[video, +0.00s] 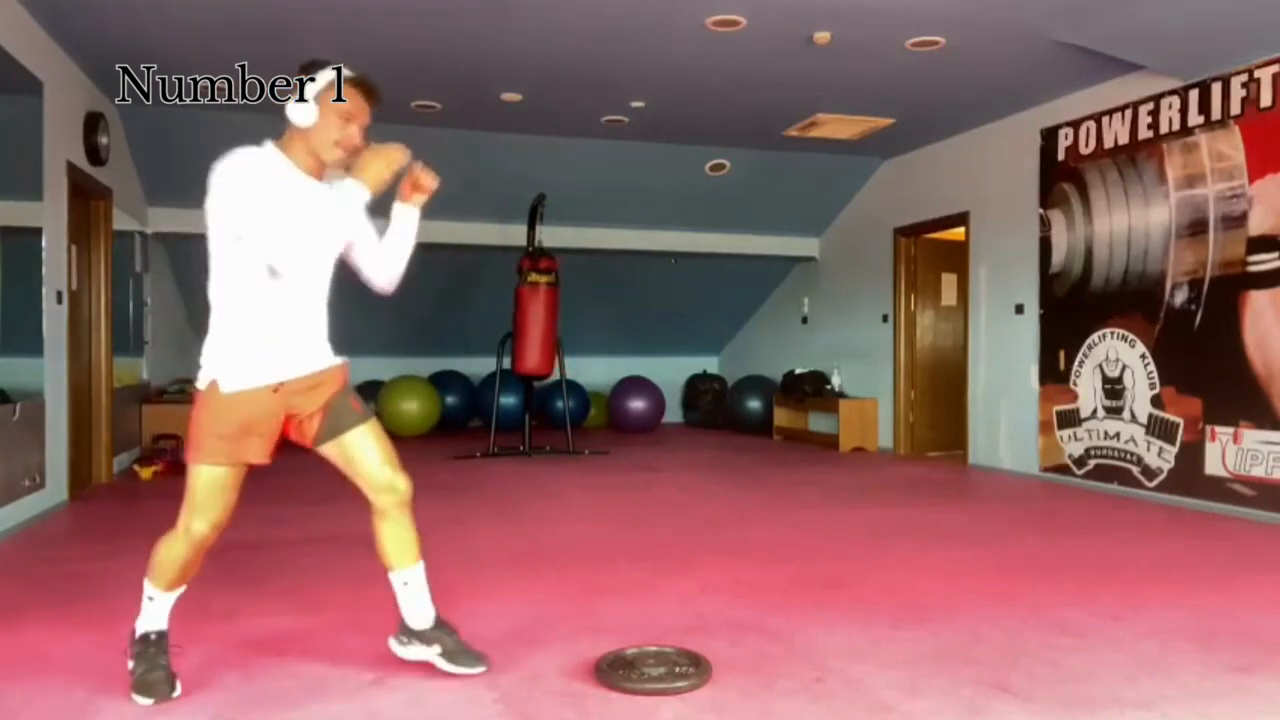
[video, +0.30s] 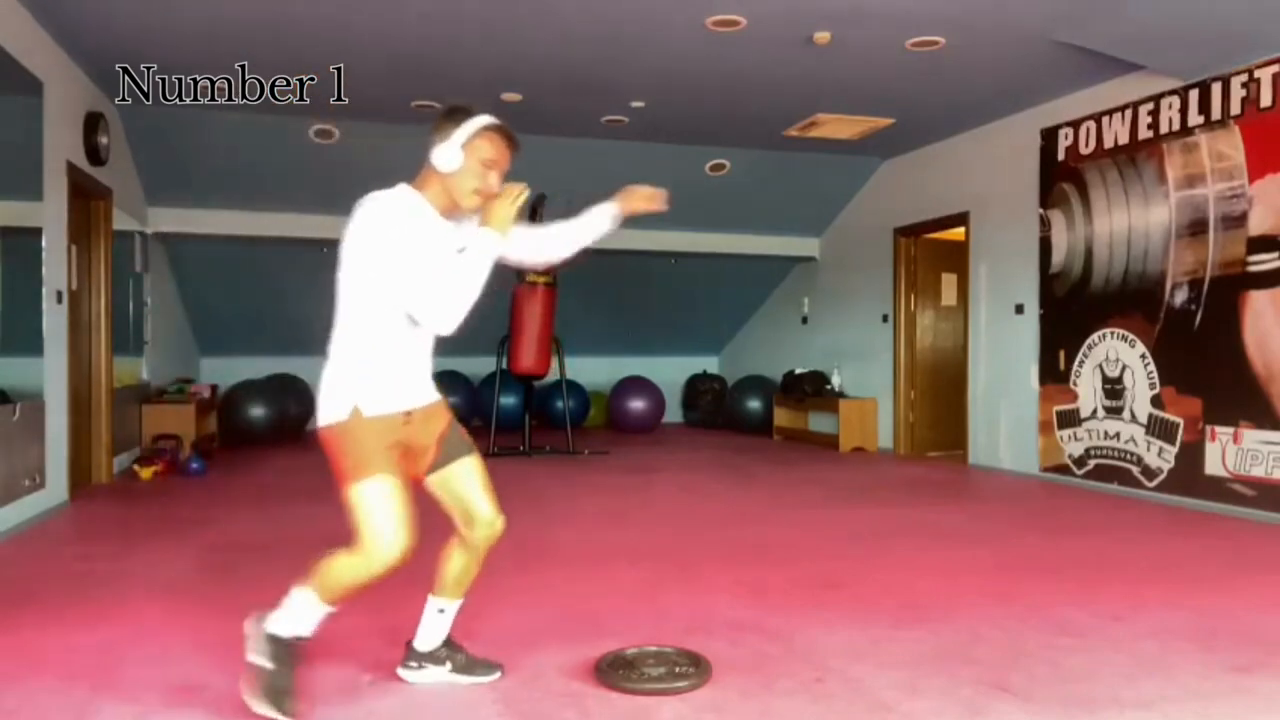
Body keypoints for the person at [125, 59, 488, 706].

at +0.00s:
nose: (357, 141)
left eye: (363, 129)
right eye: (348, 124)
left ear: (359, 129)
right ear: (306, 112)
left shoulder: (339, 194)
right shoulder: (238, 172)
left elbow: (382, 274)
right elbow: (286, 255)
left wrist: (410, 207)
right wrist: (360, 184)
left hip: (316, 378)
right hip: (237, 385)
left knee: (392, 489)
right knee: (200, 526)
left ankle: (419, 627)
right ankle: (149, 635)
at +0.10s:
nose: (396, 179)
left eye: (403, 168)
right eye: (386, 162)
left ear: (400, 173)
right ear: (346, 156)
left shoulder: (360, 235)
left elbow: (368, 320)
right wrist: (415, 233)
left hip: (335, 409)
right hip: (262, 419)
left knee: (430, 508)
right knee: (215, 544)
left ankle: (427, 648)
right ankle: (154, 644)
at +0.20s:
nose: (451, 184)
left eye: (459, 171)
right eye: (441, 166)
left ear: (458, 175)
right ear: (402, 158)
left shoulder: (411, 235)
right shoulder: (342, 215)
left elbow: (438, 318)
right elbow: (397, 314)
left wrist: (474, 254)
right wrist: (457, 242)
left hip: (378, 407)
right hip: (311, 416)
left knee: (462, 516)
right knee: (269, 564)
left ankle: (427, 648)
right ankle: (171, 625)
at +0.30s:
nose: (495, 184)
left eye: (502, 173)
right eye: (486, 167)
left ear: (497, 174)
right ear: (446, 160)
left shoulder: (458, 226)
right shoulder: (383, 214)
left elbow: (538, 247)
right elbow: (440, 314)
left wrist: (615, 209)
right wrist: (490, 233)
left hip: (417, 399)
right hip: (356, 407)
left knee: (482, 523)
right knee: (386, 543)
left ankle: (428, 651)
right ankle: (277, 632)